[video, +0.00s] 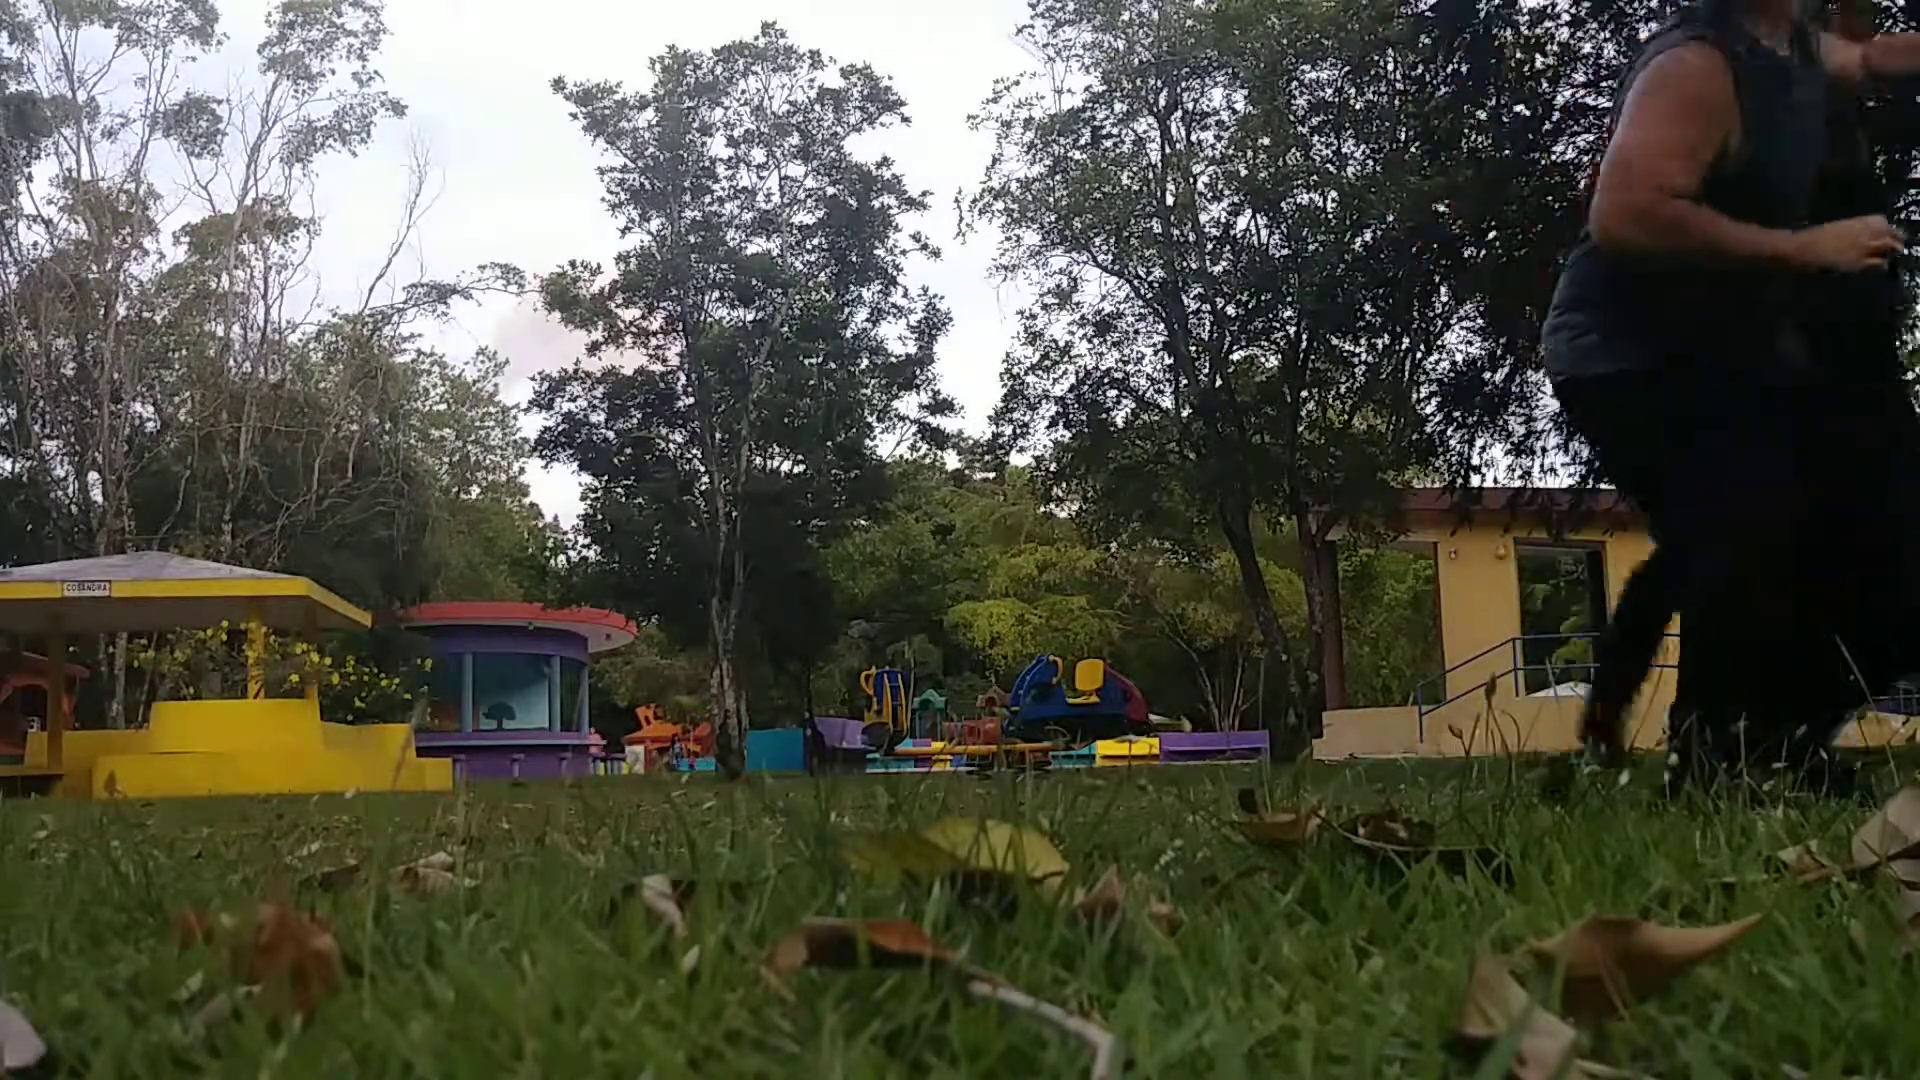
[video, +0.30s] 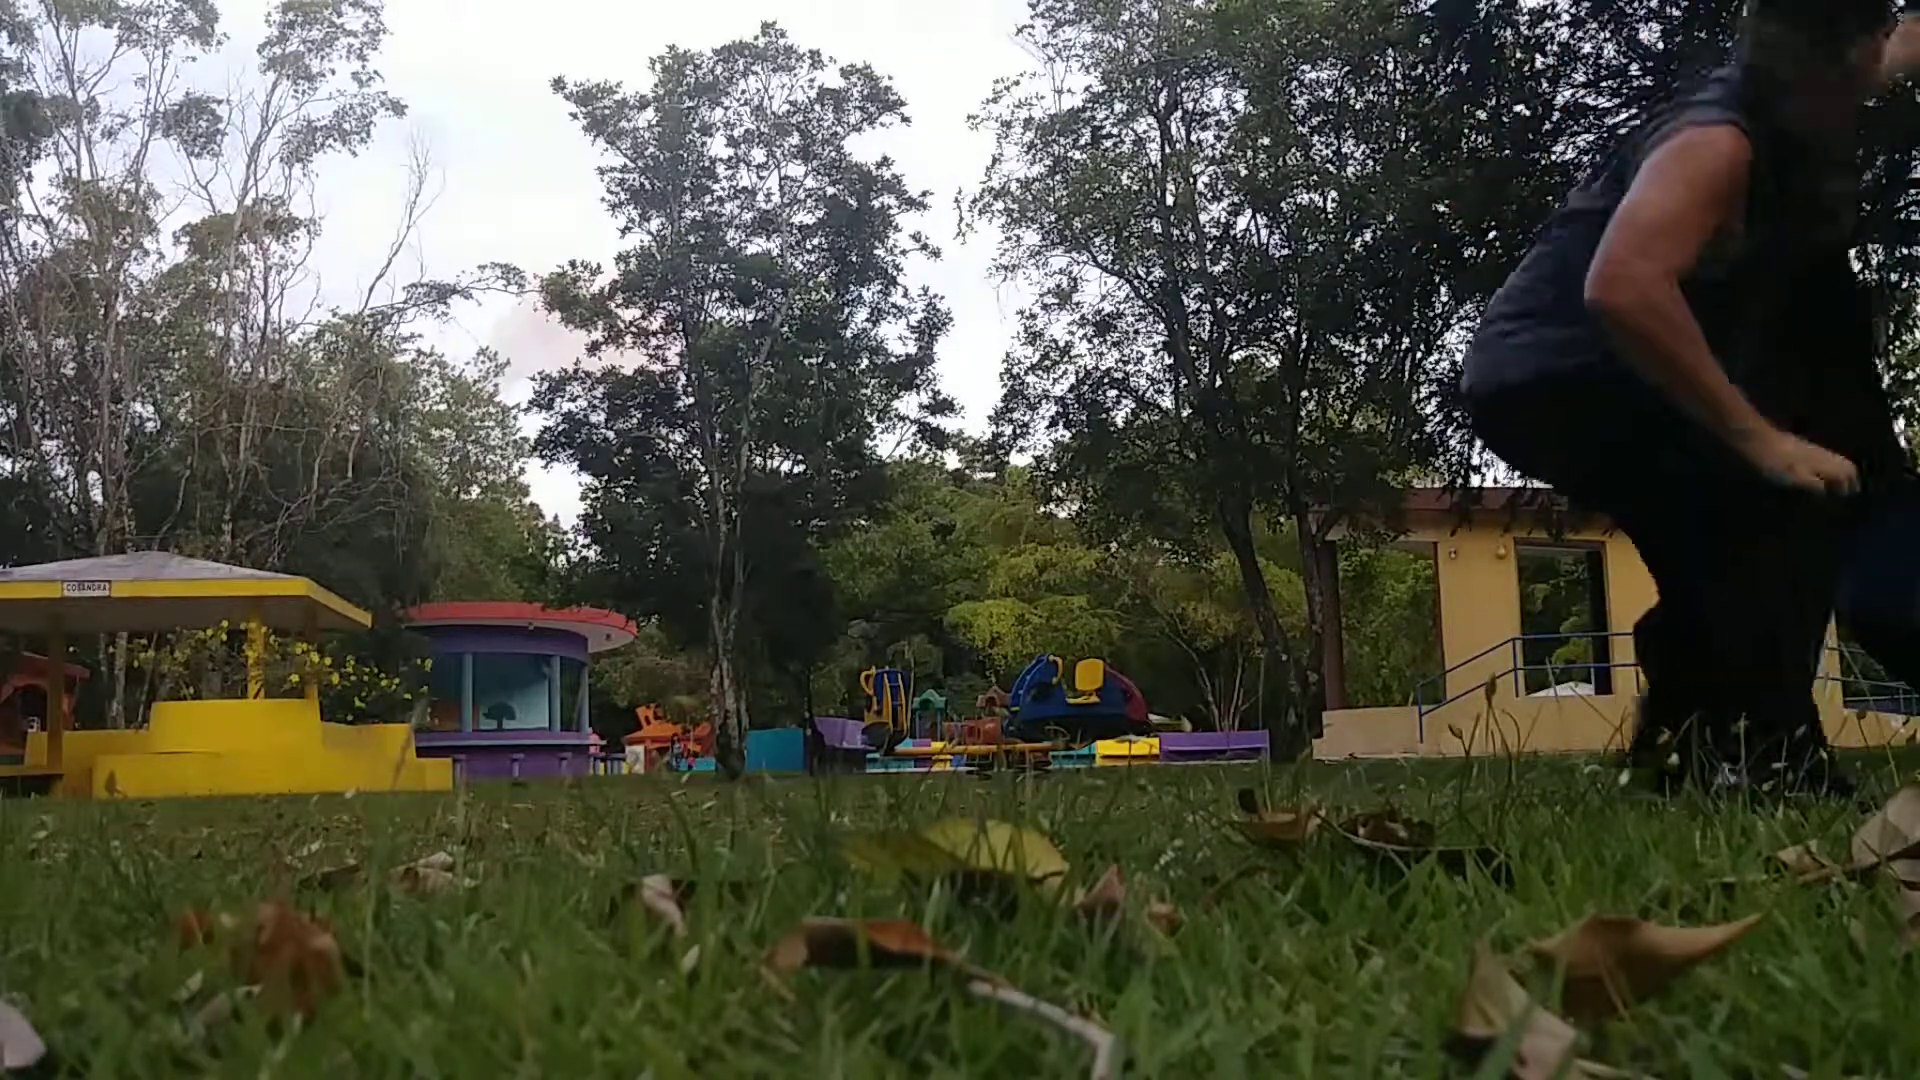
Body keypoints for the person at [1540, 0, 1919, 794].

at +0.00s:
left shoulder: (1798, 50)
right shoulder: (1695, 63)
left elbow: (1871, 59)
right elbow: (1625, 211)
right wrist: (1797, 243)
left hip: (1719, 343)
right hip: (1626, 351)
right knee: (1724, 530)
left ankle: (1783, 745)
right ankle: (1711, 759)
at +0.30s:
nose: (1870, 88)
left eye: (1872, 67)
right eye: (1862, 68)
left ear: (1784, 48)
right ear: (1814, 62)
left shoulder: (1793, 124)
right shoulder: (1718, 136)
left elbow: (1891, 55)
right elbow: (1626, 284)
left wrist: (1898, 51)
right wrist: (1761, 439)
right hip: (1546, 373)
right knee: (1759, 521)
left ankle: (1679, 748)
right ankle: (1768, 754)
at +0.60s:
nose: (1750, 143)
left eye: (1747, 126)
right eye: (1738, 124)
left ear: (1627, 128)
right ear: (1710, 127)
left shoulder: (1566, 218)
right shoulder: (1685, 200)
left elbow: (1480, 312)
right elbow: (1739, 362)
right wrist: (1885, 442)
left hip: (1456, 521)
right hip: (1565, 493)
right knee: (1836, 509)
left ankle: (1560, 767)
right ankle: (1789, 761)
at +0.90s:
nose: (1294, 343)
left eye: (1296, 326)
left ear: (1313, 332)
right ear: (1401, 292)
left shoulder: (1333, 419)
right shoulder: (1474, 356)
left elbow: (1318, 598)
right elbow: (1582, 406)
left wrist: (1309, 753)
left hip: (1528, 626)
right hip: (1649, 573)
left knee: (1373, 740)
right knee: (1798, 653)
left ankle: (1601, 745)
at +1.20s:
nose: (1198, 452)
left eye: (1196, 438)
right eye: (1192, 439)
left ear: (1213, 434)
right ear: (1264, 387)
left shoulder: (1309, 474)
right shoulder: (1333, 439)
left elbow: (1363, 645)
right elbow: (1373, 546)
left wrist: (1332, 790)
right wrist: (1276, 587)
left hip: (1531, 637)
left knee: (1395, 771)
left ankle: (1580, 745)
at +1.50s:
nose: (1236, 309)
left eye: (1247, 283)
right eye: (1219, 301)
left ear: (1294, 270)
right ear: (1214, 314)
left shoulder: (1374, 353)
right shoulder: (1241, 380)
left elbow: (1405, 512)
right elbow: (1163, 435)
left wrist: (1255, 561)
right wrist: (1105, 460)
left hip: (1407, 580)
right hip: (1310, 578)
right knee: (1174, 538)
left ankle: (1385, 795)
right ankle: (1182, 767)